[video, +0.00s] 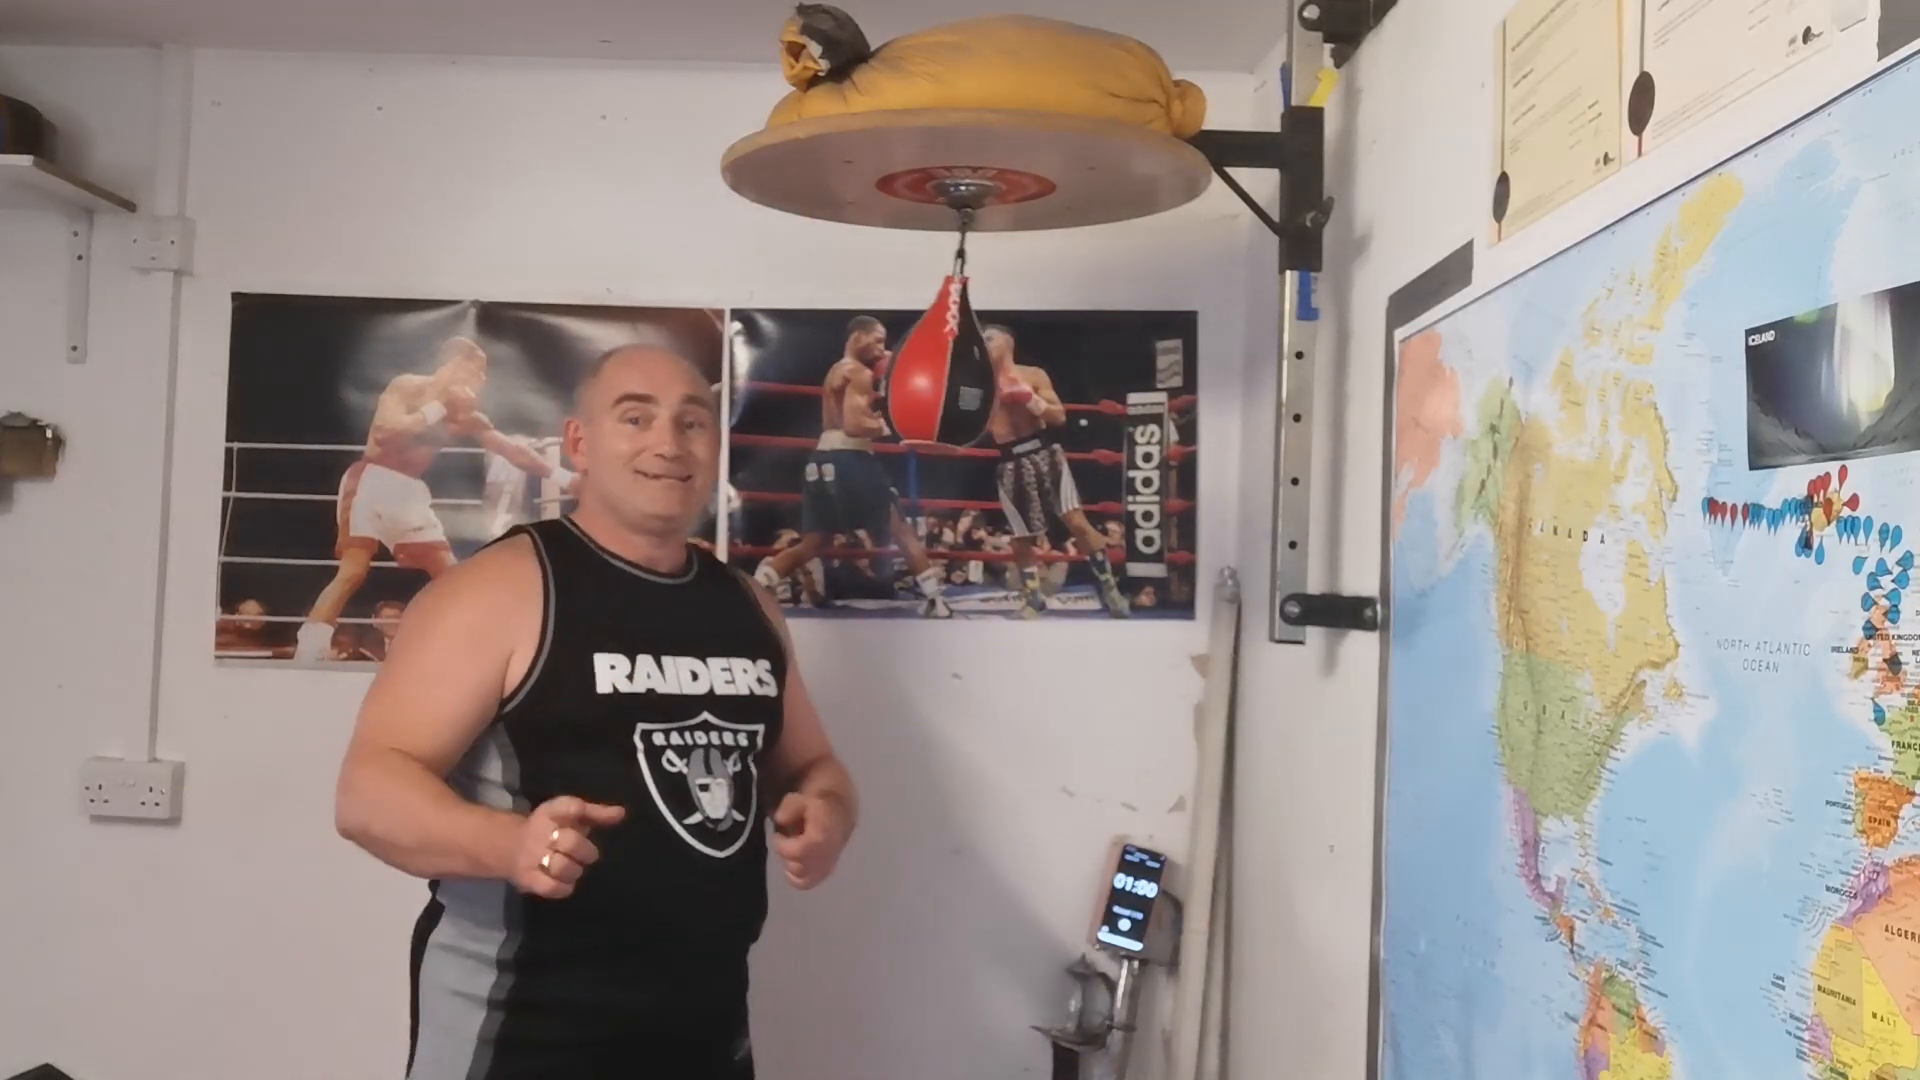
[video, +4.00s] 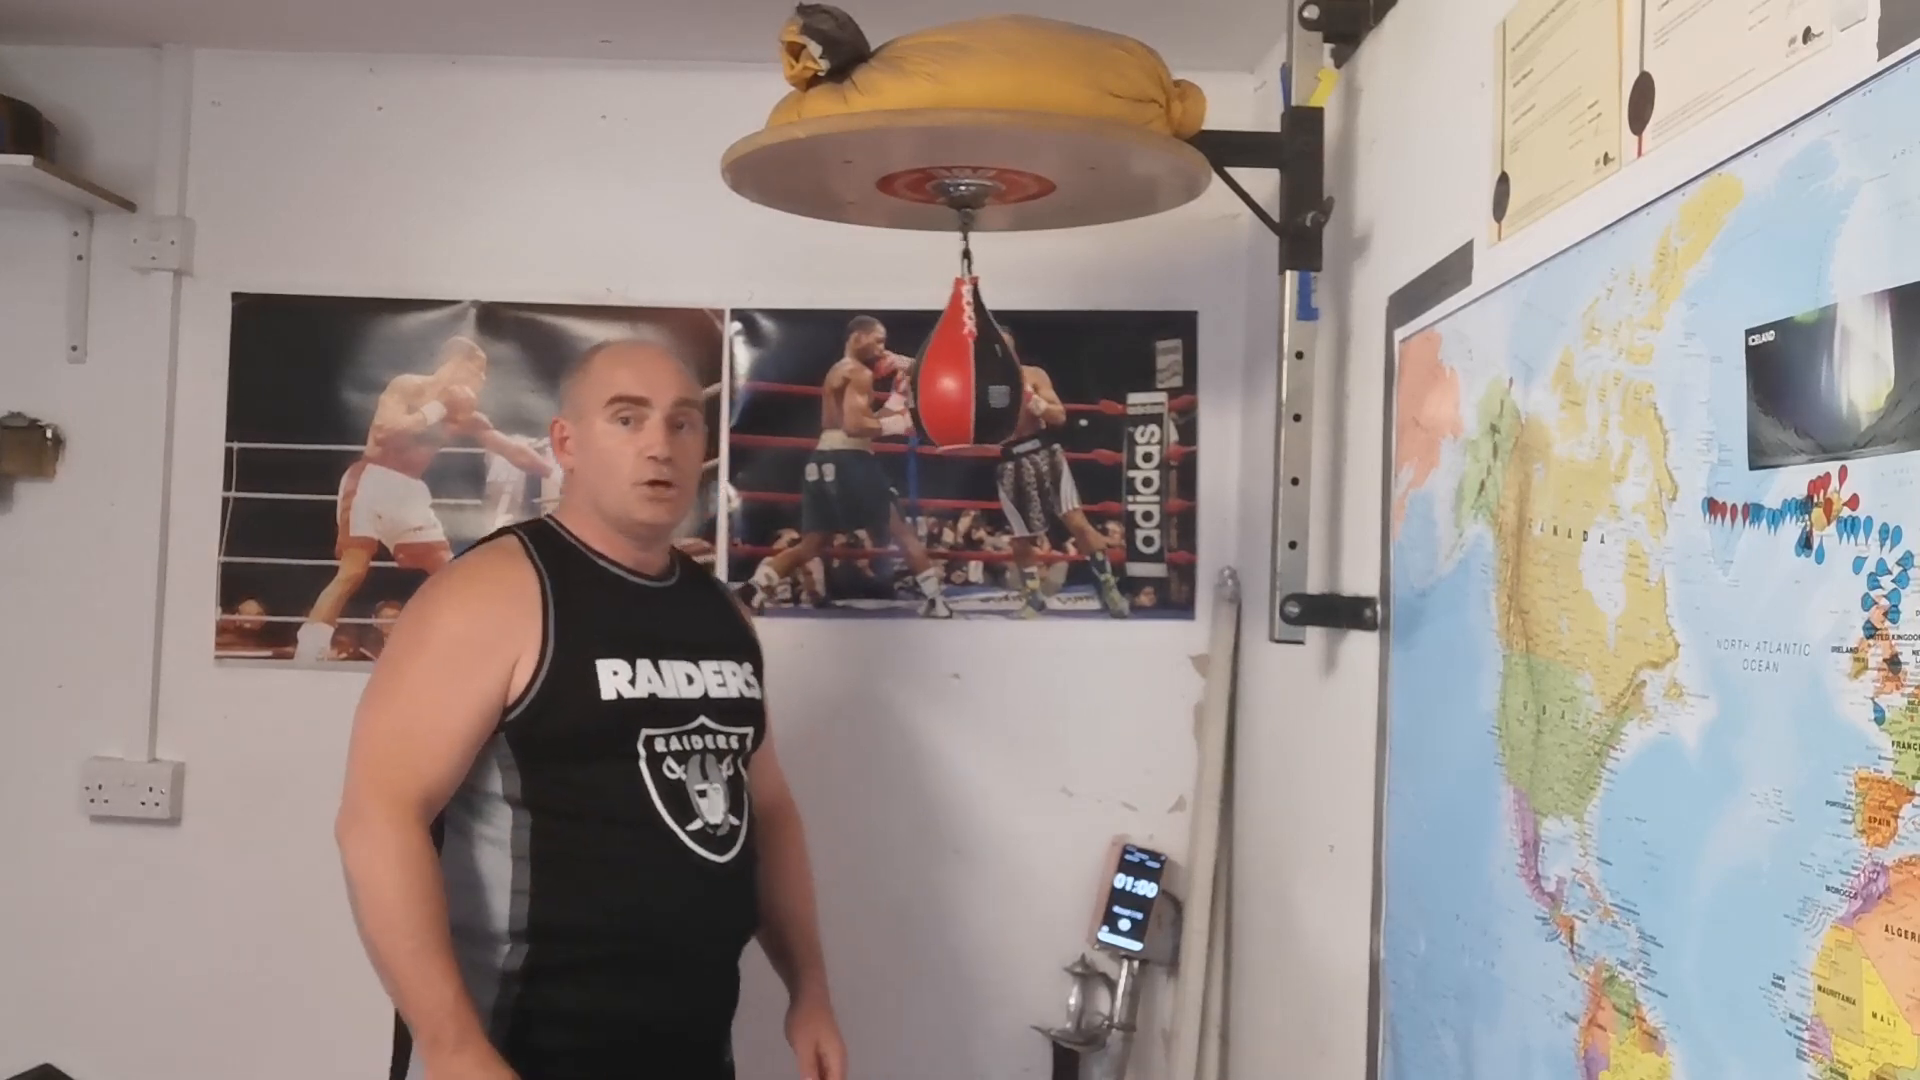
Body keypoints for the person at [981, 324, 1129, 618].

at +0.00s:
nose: (986, 346)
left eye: (992, 339)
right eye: (983, 341)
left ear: (1009, 343)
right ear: (981, 350)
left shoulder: (1033, 375)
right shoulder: (982, 385)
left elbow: (1059, 416)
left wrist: (1031, 399)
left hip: (1046, 456)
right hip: (1011, 465)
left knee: (1076, 522)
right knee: (1021, 539)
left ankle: (1109, 588)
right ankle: (1032, 598)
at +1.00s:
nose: (994, 352)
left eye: (998, 345)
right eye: (989, 347)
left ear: (1010, 347)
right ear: (983, 352)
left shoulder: (1034, 375)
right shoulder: (983, 383)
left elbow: (1059, 415)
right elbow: (979, 425)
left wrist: (1036, 403)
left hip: (1046, 456)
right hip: (1011, 464)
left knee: (1076, 522)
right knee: (1022, 537)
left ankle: (1109, 588)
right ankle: (1032, 597)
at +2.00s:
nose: (996, 356)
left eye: (1000, 349)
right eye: (992, 350)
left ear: (1011, 348)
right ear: (985, 354)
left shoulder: (1034, 375)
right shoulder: (983, 384)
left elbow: (1059, 416)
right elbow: (977, 428)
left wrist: (1034, 402)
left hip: (1046, 456)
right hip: (1011, 465)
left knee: (1076, 522)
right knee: (1022, 537)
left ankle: (1109, 589)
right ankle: (1032, 598)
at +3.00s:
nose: (999, 357)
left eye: (1003, 350)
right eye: (994, 351)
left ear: (1012, 349)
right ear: (986, 354)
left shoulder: (1034, 375)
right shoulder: (983, 383)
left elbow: (1059, 416)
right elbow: (976, 426)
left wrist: (1038, 405)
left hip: (1046, 456)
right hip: (1011, 464)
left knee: (1075, 522)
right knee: (1022, 538)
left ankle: (1108, 587)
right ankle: (1032, 598)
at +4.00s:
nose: (1001, 355)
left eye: (1004, 347)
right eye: (995, 349)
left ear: (1013, 348)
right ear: (986, 355)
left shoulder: (1034, 375)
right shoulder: (984, 385)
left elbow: (1059, 416)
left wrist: (1040, 407)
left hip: (1046, 456)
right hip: (1011, 465)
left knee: (1075, 522)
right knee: (1022, 537)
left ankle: (1107, 586)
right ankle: (1033, 597)